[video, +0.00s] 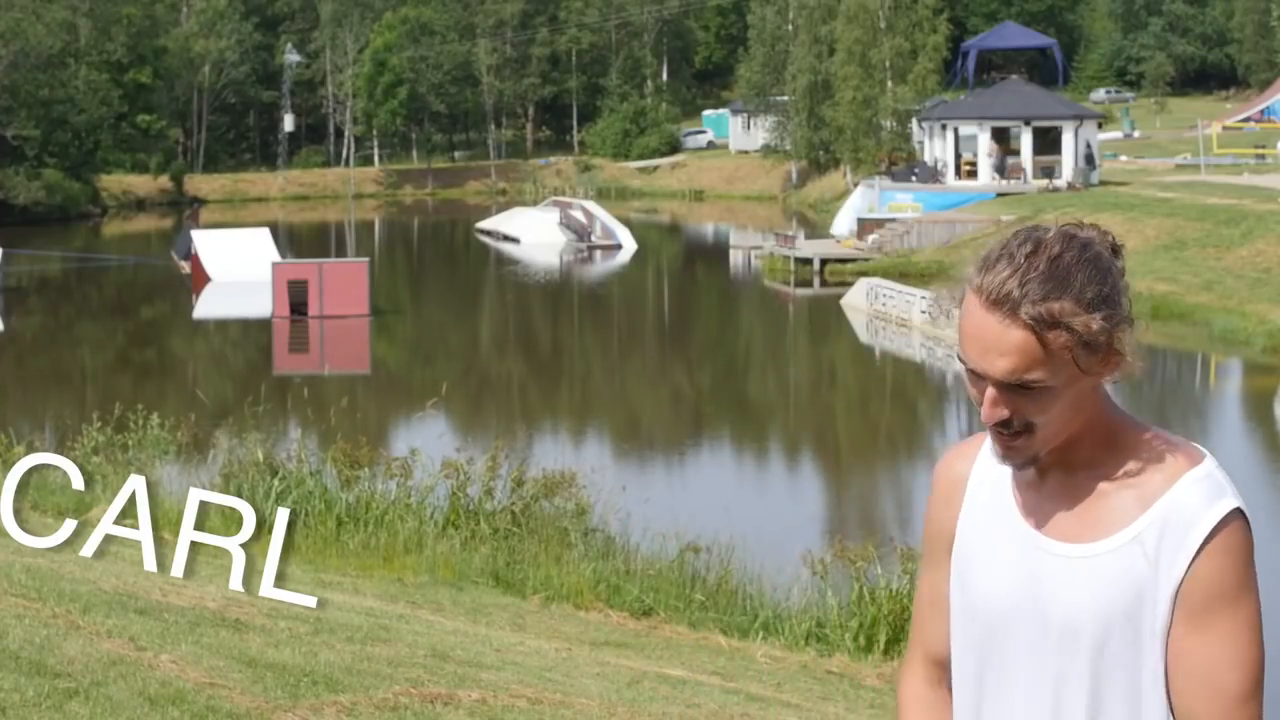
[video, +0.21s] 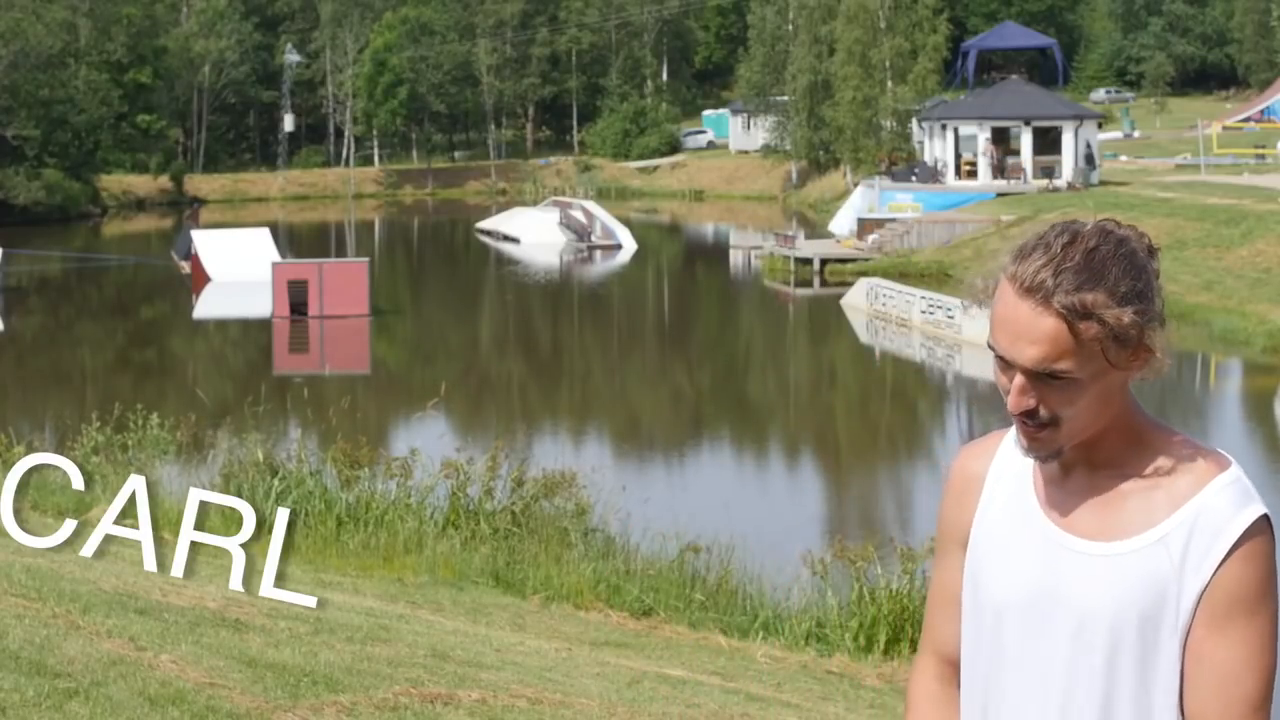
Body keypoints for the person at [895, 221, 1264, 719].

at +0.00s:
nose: (990, 413)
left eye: (1023, 387)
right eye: (974, 376)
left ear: (1104, 361)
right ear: (964, 349)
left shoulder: (1197, 519)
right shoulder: (963, 476)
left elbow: (1223, 709)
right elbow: (930, 673)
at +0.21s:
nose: (1016, 401)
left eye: (1054, 377)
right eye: (1003, 362)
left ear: (1135, 357)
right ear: (993, 337)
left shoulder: (1222, 525)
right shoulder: (978, 472)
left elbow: (1227, 710)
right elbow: (940, 670)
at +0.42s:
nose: (1010, 385)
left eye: (1047, 363)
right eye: (998, 348)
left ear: (1128, 352)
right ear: (990, 326)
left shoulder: (1215, 523)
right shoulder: (973, 473)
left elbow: (1244, 708)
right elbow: (929, 674)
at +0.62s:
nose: (992, 376)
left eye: (1031, 354)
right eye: (983, 340)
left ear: (1111, 349)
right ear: (973, 322)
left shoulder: (1197, 520)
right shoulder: (946, 477)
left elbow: (1217, 710)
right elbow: (897, 674)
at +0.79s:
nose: (971, 363)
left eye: (1008, 342)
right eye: (963, 328)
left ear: (1091, 341)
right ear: (954, 314)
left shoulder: (1178, 511)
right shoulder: (923, 477)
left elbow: (1197, 711)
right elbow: (864, 677)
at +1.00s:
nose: (946, 358)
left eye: (983, 335)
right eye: (939, 323)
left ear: (1065, 337)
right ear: (929, 309)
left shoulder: (1155, 509)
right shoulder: (893, 478)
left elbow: (1164, 711)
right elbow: (831, 688)